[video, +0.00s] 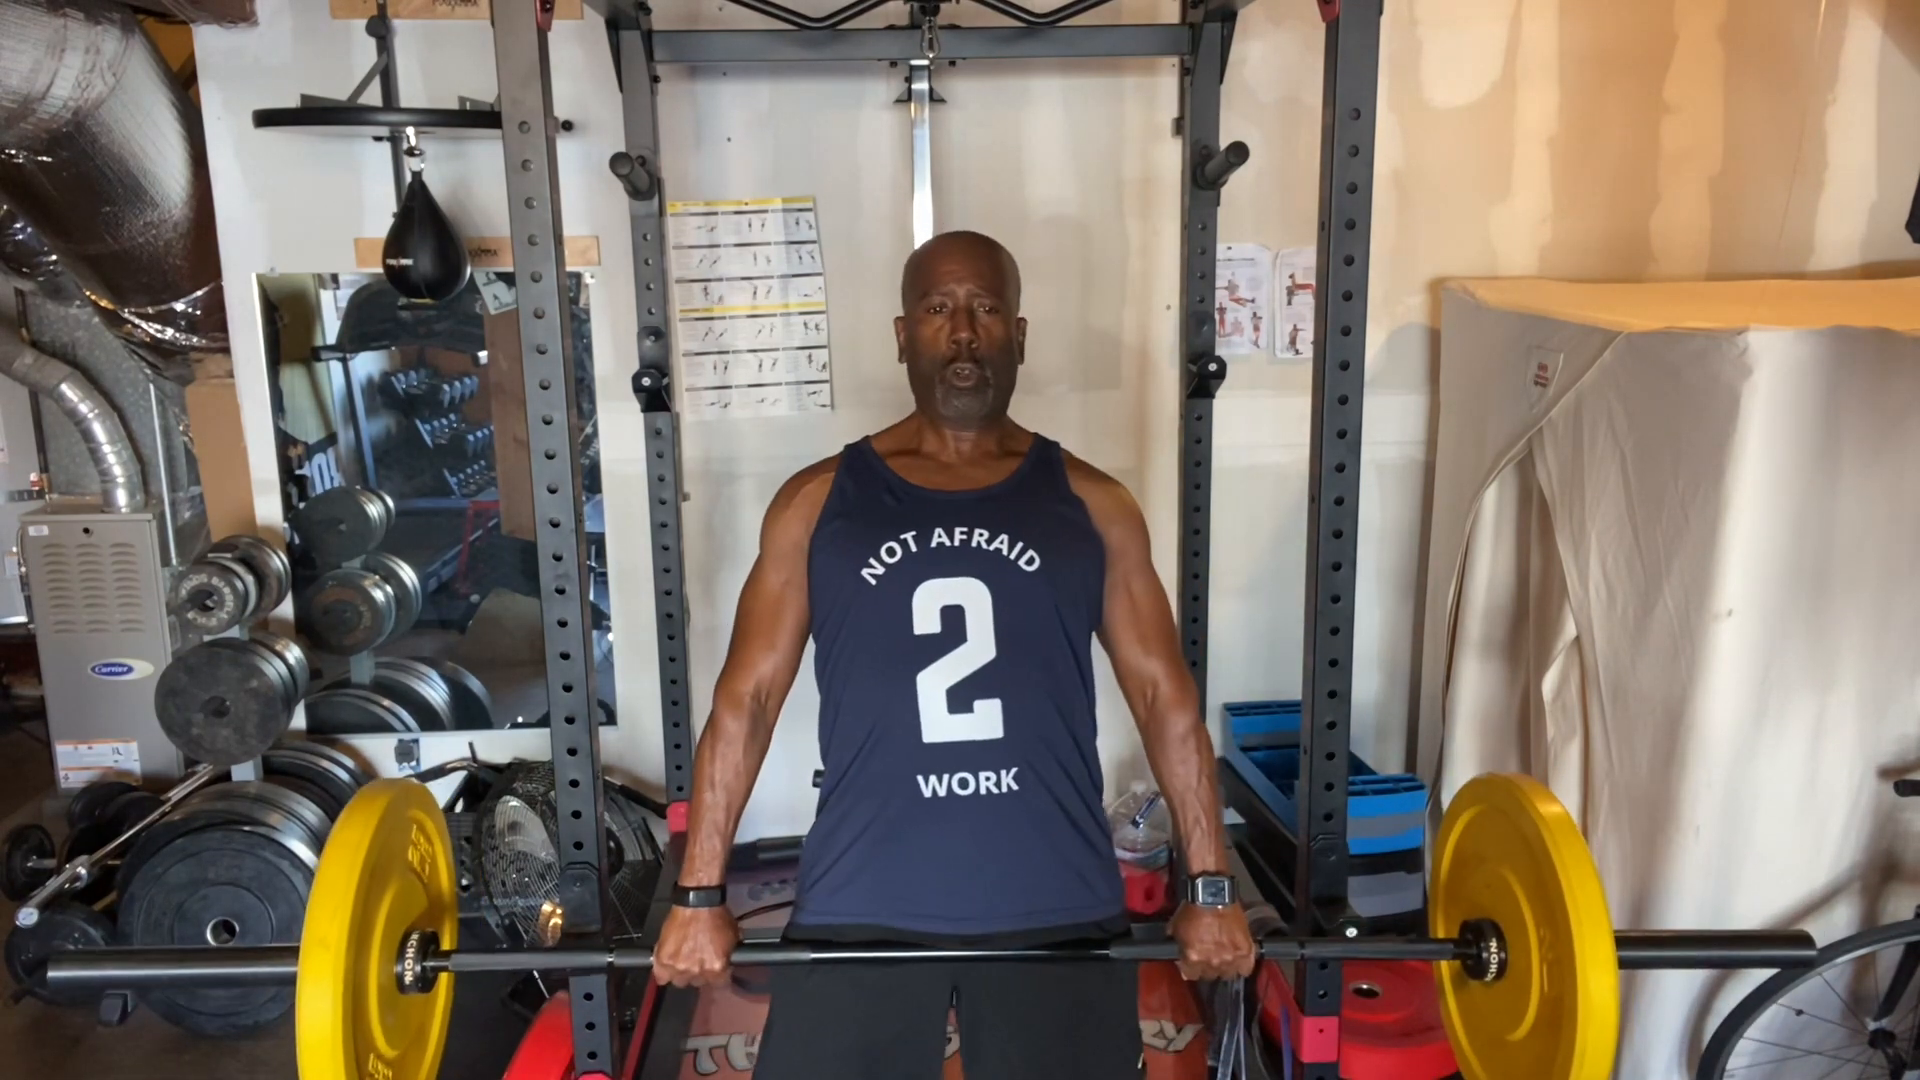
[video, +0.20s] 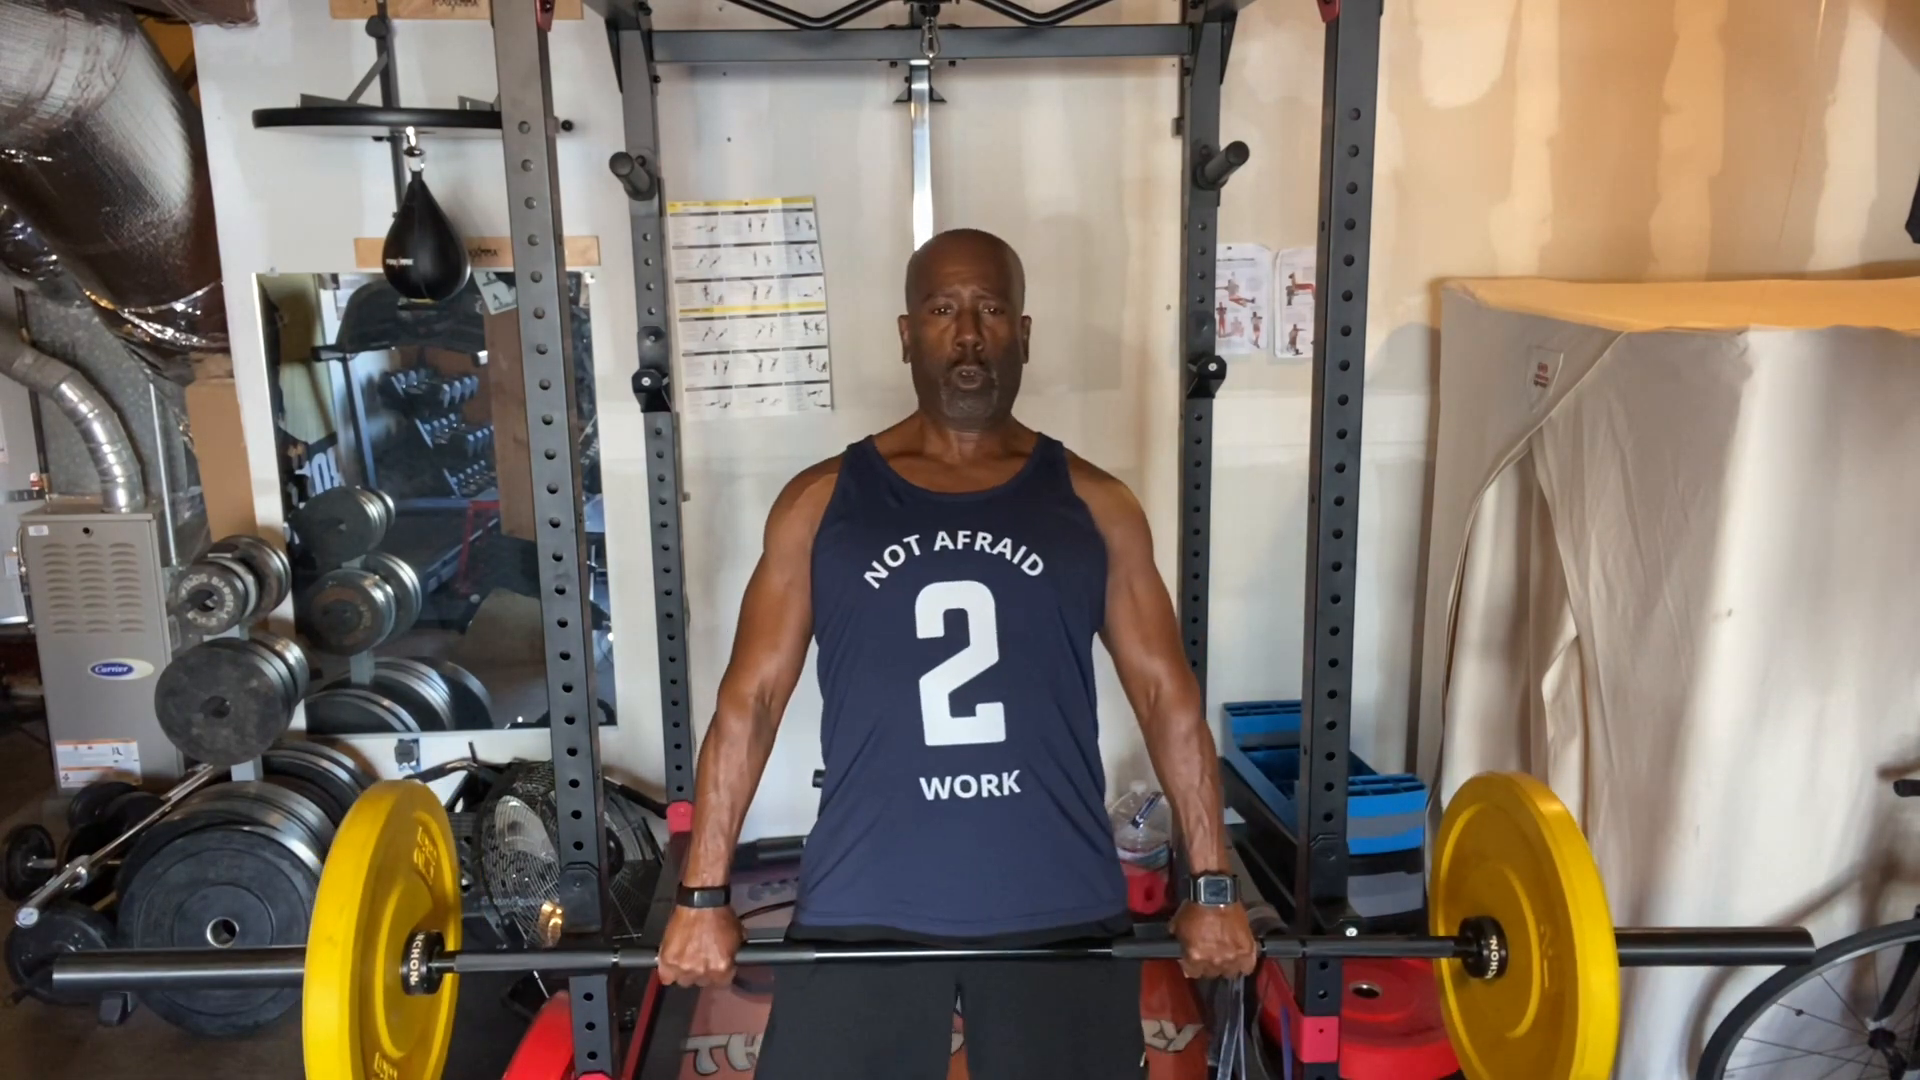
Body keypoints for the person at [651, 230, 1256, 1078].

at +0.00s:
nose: (963, 327)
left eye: (985, 308)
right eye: (938, 309)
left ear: (1020, 337)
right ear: (904, 340)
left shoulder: (1095, 505)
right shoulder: (816, 502)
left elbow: (1164, 696)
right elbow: (748, 698)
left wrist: (1211, 884)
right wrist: (698, 891)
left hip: (1056, 927)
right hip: (861, 929)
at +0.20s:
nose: (969, 329)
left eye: (991, 308)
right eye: (944, 309)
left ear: (1024, 334)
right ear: (908, 338)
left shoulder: (1097, 505)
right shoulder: (820, 502)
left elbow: (1166, 694)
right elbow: (752, 699)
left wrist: (1213, 884)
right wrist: (702, 891)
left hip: (1059, 926)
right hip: (864, 927)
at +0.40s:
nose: (963, 336)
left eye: (985, 313)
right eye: (938, 313)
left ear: (1020, 335)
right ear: (905, 335)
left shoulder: (1095, 504)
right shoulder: (818, 503)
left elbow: (1167, 692)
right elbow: (751, 701)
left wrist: (1214, 881)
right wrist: (704, 892)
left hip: (1058, 931)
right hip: (861, 933)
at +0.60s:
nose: (953, 349)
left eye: (979, 322)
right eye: (928, 323)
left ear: (1017, 334)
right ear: (896, 336)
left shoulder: (1093, 502)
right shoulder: (814, 506)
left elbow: (1167, 690)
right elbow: (746, 705)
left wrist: (1212, 878)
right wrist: (703, 893)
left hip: (1059, 927)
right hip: (860, 929)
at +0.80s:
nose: (952, 396)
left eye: (978, 363)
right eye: (925, 362)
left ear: (1021, 345)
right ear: (891, 346)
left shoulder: (1095, 507)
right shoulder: (811, 511)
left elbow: (1173, 700)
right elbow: (741, 714)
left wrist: (1212, 878)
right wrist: (704, 897)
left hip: (1055, 908)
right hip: (866, 912)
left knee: (1078, 1063)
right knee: (831, 1066)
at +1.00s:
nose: (959, 492)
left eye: (987, 461)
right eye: (930, 460)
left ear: (1032, 411)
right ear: (891, 411)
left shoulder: (1103, 546)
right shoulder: (810, 549)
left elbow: (1186, 727)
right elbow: (739, 746)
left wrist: (1212, 901)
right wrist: (706, 920)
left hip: (1048, 896)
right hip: (866, 899)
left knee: (1084, 1063)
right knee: (841, 1064)